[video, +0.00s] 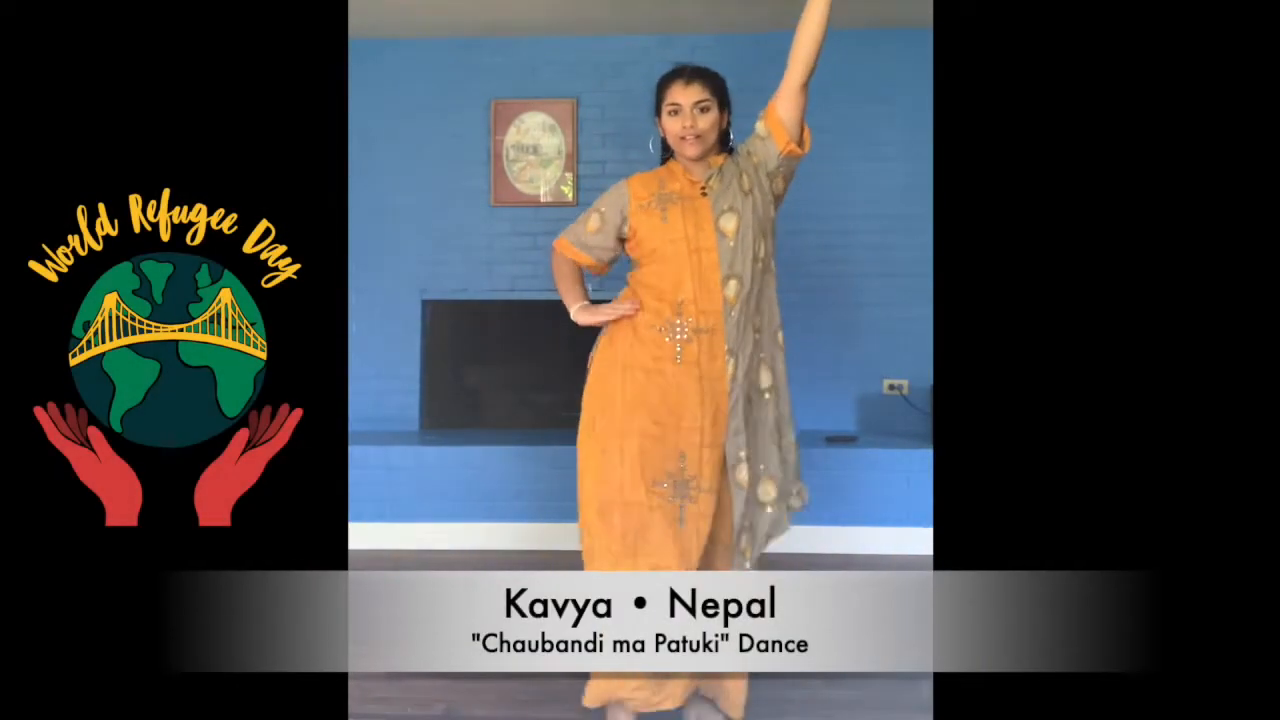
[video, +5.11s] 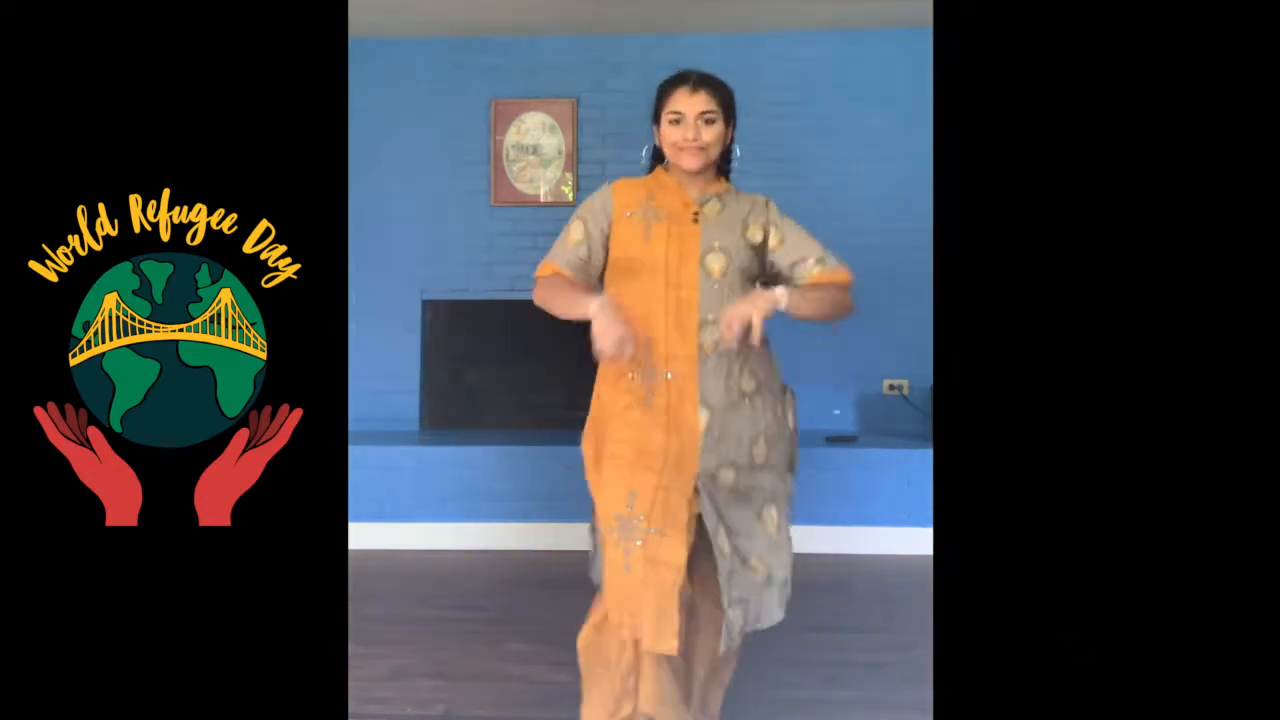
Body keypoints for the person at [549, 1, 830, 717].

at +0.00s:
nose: (687, 121)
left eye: (701, 109)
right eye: (674, 111)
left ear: (723, 117)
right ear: (660, 122)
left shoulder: (751, 179)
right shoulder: (636, 193)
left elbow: (796, 80)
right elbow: (566, 250)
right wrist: (579, 308)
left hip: (720, 373)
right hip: (636, 369)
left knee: (709, 523)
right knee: (634, 518)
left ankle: (704, 674)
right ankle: (632, 684)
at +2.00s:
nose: (678, 106)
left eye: (692, 95)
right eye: (666, 95)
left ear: (714, 109)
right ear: (649, 111)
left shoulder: (740, 162)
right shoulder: (621, 188)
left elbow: (825, 116)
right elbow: (567, 235)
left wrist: (812, 138)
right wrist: (528, 233)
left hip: (723, 384)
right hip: (637, 385)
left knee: (720, 547)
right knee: (633, 541)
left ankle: (714, 702)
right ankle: (635, 695)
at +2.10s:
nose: (679, 101)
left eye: (693, 90)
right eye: (666, 91)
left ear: (714, 106)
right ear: (649, 107)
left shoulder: (744, 167)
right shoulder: (618, 181)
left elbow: (847, 176)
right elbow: (555, 226)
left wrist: (784, 191)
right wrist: (538, 241)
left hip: (720, 383)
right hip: (634, 386)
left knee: (719, 536)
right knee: (630, 536)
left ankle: (704, 697)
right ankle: (627, 699)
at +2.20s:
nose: (682, 103)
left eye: (696, 92)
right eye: (669, 93)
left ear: (718, 106)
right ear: (652, 108)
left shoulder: (747, 180)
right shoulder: (617, 184)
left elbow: (823, 257)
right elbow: (554, 255)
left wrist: (769, 241)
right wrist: (575, 274)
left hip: (719, 381)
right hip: (633, 382)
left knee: (717, 526)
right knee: (633, 528)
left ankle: (703, 690)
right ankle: (628, 692)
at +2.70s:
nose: (693, 103)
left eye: (708, 93)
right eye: (681, 93)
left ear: (731, 107)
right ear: (664, 109)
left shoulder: (757, 169)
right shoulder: (635, 181)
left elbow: (759, 272)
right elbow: (619, 264)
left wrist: (745, 345)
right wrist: (607, 315)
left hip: (717, 383)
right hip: (636, 380)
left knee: (716, 540)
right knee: (642, 541)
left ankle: (714, 674)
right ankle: (650, 696)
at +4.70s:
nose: (687, 109)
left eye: (702, 96)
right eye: (673, 98)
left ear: (726, 102)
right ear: (657, 107)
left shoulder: (767, 175)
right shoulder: (630, 178)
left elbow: (792, 291)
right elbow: (586, 290)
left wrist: (793, 395)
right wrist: (572, 392)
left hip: (724, 405)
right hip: (631, 405)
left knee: (721, 576)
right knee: (635, 579)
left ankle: (715, 709)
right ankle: (644, 713)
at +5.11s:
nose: (691, 132)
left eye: (707, 120)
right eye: (676, 120)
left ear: (727, 132)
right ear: (658, 132)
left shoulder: (756, 216)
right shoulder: (614, 205)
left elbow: (838, 294)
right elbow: (549, 285)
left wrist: (776, 297)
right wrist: (598, 305)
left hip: (728, 446)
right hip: (634, 443)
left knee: (714, 619)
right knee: (638, 615)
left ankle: (692, 711)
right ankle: (635, 711)